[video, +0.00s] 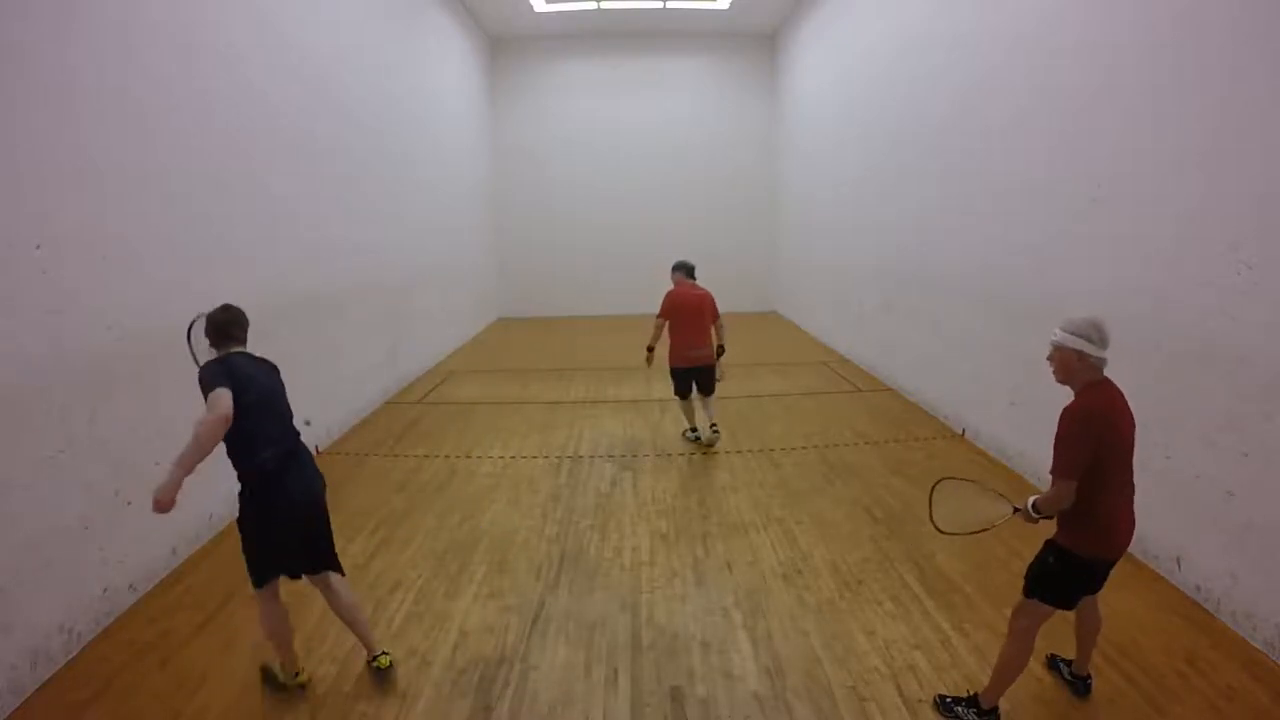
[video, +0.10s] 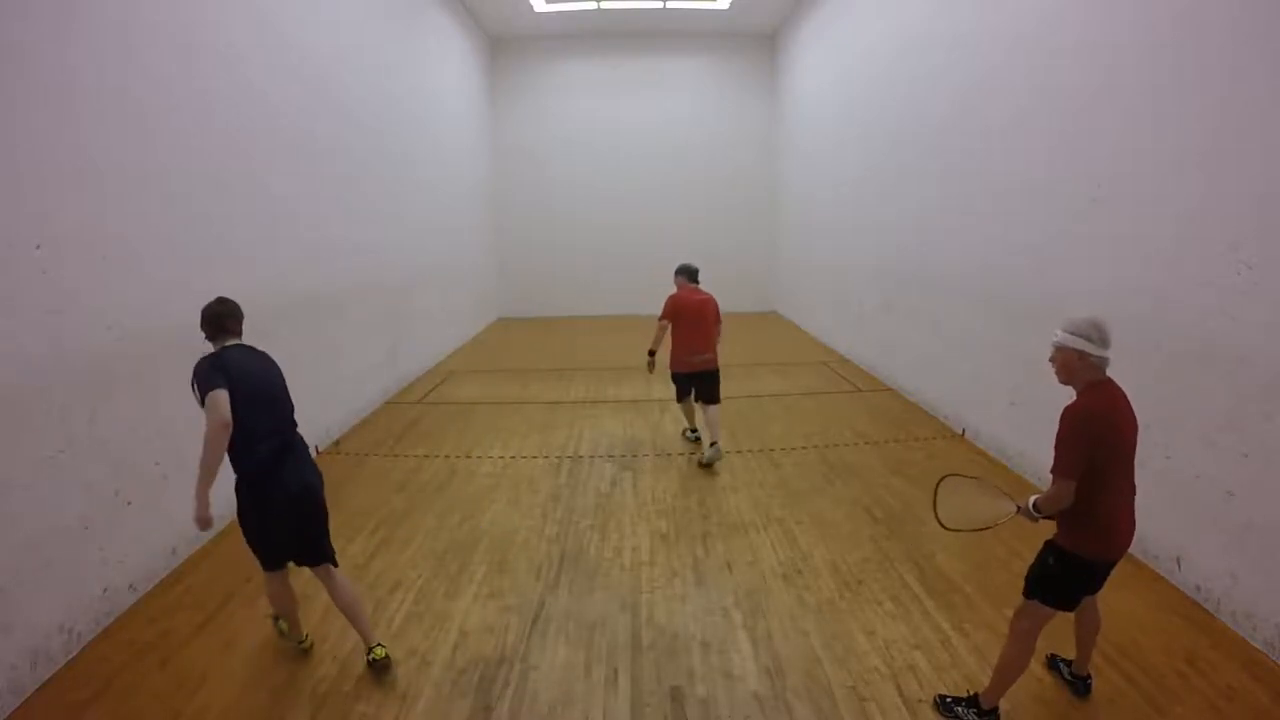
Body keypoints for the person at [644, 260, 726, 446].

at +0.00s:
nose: (672, 280)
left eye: (673, 276)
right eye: (672, 276)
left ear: (680, 275)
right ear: (692, 276)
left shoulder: (672, 295)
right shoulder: (706, 295)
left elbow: (660, 324)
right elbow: (718, 323)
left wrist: (650, 347)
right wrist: (721, 345)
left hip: (680, 360)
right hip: (705, 359)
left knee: (684, 397)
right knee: (706, 394)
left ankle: (693, 430)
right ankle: (713, 425)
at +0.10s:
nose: (675, 284)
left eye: (676, 280)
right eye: (675, 280)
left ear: (680, 279)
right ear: (695, 279)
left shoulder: (675, 299)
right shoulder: (710, 299)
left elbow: (663, 327)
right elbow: (717, 329)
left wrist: (652, 353)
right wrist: (709, 349)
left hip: (682, 365)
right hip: (708, 365)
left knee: (684, 398)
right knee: (709, 403)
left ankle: (693, 431)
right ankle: (714, 444)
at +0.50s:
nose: (670, 285)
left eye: (670, 281)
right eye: (670, 282)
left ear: (674, 280)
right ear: (692, 279)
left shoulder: (670, 302)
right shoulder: (708, 302)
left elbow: (659, 334)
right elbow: (716, 337)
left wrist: (656, 356)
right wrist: (711, 359)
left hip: (674, 370)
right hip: (702, 370)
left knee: (663, 402)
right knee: (707, 414)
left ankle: (665, 443)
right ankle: (712, 459)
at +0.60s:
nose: (662, 287)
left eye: (662, 284)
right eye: (662, 284)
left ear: (665, 282)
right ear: (683, 281)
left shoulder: (663, 304)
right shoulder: (701, 303)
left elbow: (652, 336)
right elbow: (711, 336)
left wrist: (646, 356)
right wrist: (710, 359)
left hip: (668, 372)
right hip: (698, 371)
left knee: (650, 405)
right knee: (705, 414)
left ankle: (645, 448)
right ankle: (712, 460)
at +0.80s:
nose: (638, 292)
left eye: (637, 289)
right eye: (637, 289)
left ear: (641, 286)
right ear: (657, 284)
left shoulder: (641, 307)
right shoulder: (676, 304)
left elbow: (630, 341)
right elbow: (690, 336)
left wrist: (623, 363)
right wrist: (691, 361)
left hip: (650, 376)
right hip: (679, 374)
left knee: (636, 414)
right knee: (692, 415)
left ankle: (628, 455)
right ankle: (709, 457)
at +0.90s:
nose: (625, 291)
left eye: (624, 287)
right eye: (624, 288)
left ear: (628, 285)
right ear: (644, 282)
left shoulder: (629, 305)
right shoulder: (663, 302)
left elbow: (620, 338)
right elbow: (676, 333)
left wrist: (614, 362)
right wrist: (678, 359)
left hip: (638, 373)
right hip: (667, 370)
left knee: (629, 413)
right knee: (677, 412)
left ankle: (628, 455)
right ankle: (701, 449)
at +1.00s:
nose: (616, 289)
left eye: (615, 285)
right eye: (615, 286)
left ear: (619, 283)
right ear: (635, 280)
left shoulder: (619, 302)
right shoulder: (653, 299)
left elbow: (608, 335)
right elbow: (666, 329)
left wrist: (603, 360)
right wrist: (667, 356)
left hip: (630, 369)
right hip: (656, 366)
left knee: (626, 412)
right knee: (659, 405)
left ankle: (627, 455)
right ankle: (680, 439)